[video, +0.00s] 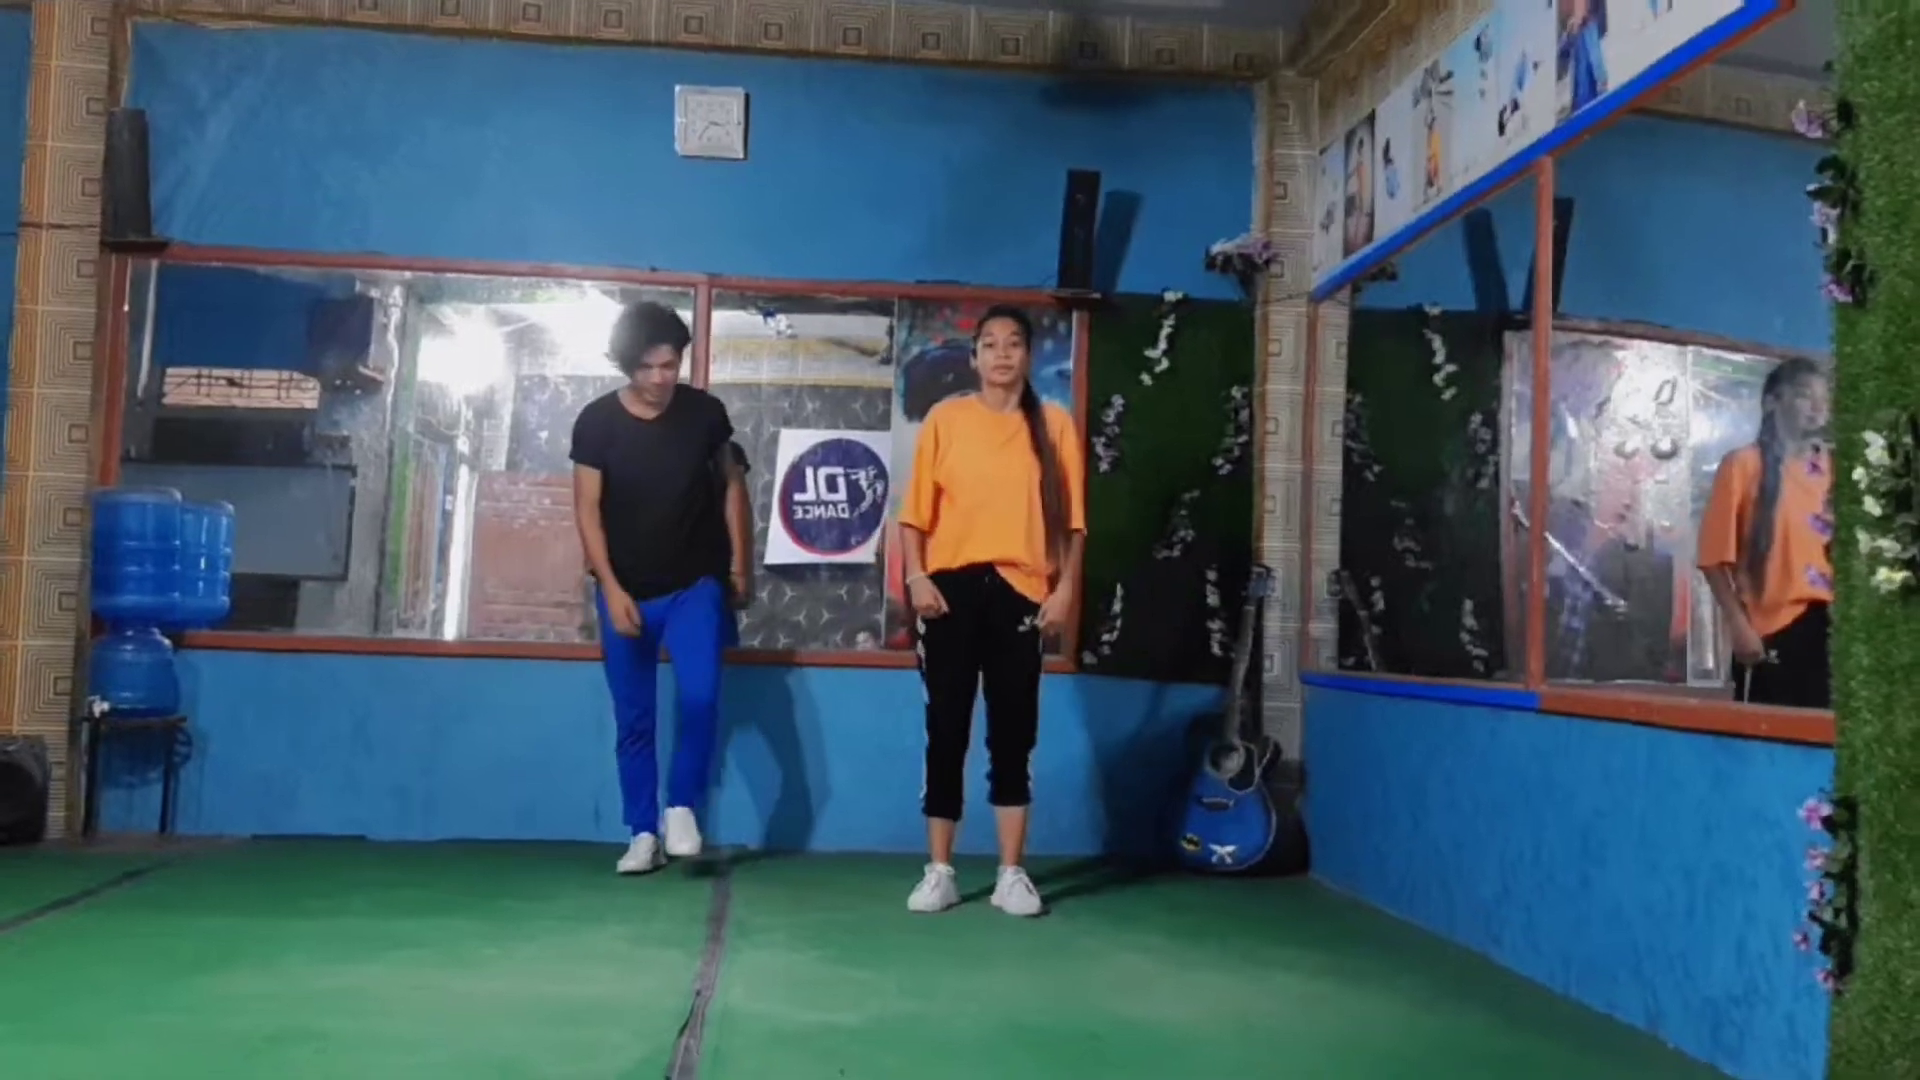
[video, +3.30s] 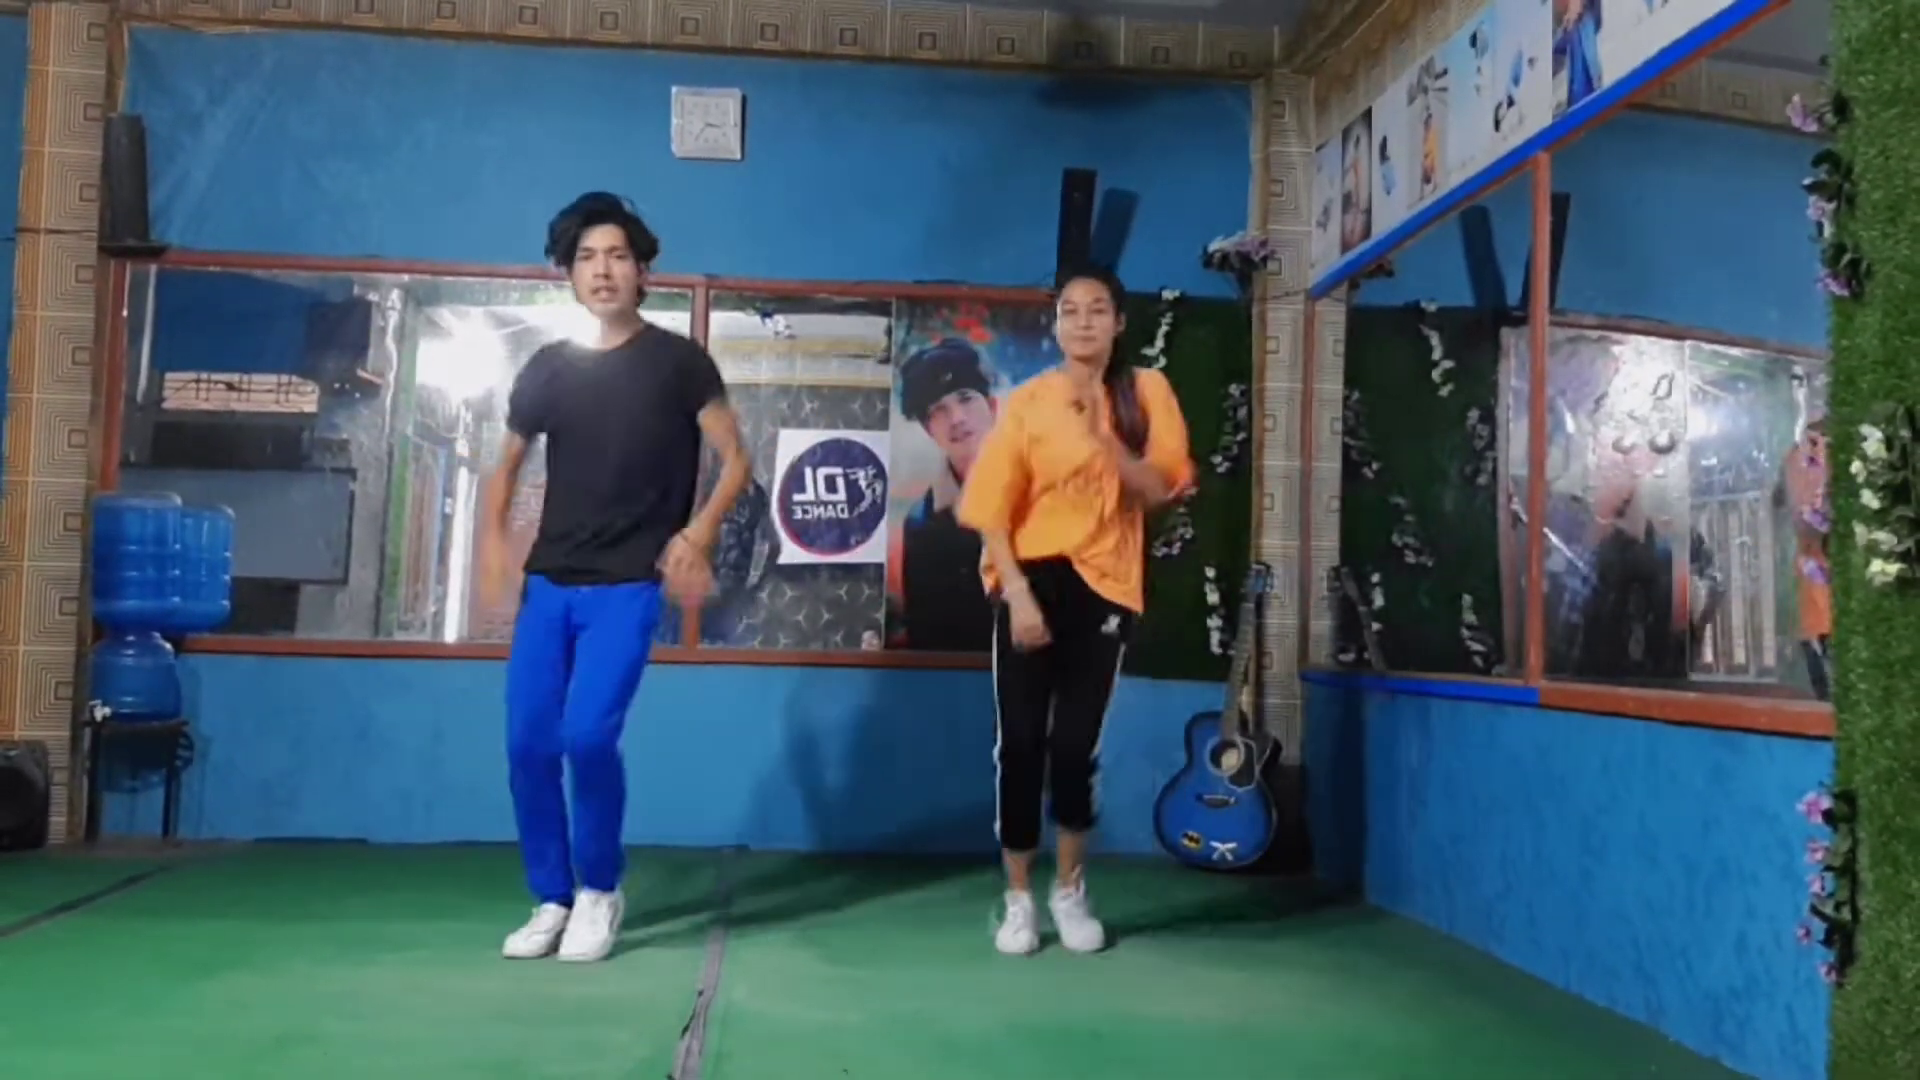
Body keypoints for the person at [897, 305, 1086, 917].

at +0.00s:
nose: (1001, 355)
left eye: (1013, 345)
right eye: (990, 345)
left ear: (1030, 356)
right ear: (974, 356)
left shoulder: (1054, 424)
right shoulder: (944, 419)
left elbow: (1073, 521)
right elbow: (913, 513)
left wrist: (1065, 588)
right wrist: (916, 576)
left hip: (1020, 590)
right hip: (950, 588)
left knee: (1013, 737)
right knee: (945, 736)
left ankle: (1011, 873)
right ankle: (939, 869)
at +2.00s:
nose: (1045, 302)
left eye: (1056, 293)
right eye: (1031, 294)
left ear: (1074, 314)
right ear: (1009, 314)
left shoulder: (1092, 403)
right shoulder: (976, 379)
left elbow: (1090, 519)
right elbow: (951, 493)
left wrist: (1071, 594)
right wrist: (980, 590)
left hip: (1057, 586)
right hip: (980, 581)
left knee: (1060, 754)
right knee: (976, 753)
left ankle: (1059, 914)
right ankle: (966, 908)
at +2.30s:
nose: (1042, 302)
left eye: (1057, 294)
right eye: (1031, 292)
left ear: (1076, 318)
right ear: (1012, 311)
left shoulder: (1100, 398)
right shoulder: (972, 383)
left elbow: (1127, 509)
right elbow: (926, 479)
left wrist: (1177, 575)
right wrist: (896, 544)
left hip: (1067, 585)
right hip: (982, 581)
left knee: (1075, 747)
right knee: (980, 749)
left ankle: (1062, 905)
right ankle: (977, 912)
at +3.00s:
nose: (1103, 360)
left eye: (1114, 346)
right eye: (1089, 349)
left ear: (1139, 352)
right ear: (1075, 360)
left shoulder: (1169, 435)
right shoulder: (1050, 417)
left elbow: (1183, 545)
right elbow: (1016, 512)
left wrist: (1256, 566)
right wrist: (964, 499)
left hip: (1125, 616)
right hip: (1044, 610)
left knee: (1144, 766)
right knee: (988, 741)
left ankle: (1156, 906)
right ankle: (979, 910)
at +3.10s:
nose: (1102, 336)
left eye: (1114, 322)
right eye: (1089, 325)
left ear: (1137, 331)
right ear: (1074, 337)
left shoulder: (1170, 410)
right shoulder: (1043, 394)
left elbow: (1233, 506)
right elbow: (969, 464)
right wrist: (962, 429)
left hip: (1123, 597)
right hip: (1040, 588)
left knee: (1145, 759)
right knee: (976, 691)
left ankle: (1155, 900)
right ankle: (1002, 846)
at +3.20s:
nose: (1096, 317)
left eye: (1109, 305)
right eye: (1083, 305)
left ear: (1131, 315)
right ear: (1068, 316)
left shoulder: (1157, 383)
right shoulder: (1032, 375)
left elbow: (1234, 448)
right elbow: (948, 416)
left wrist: (1154, 427)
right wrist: (1016, 459)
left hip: (1112, 571)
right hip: (1028, 563)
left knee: (1126, 721)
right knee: (994, 687)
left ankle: (1114, 862)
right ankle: (1011, 834)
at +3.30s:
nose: (1084, 323)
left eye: (1097, 311)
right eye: (1071, 312)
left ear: (1119, 323)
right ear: (1055, 324)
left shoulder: (1147, 391)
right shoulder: (1029, 401)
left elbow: (1165, 486)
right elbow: (989, 508)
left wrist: (1114, 447)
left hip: (1106, 582)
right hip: (1029, 578)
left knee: (1075, 746)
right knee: (1019, 743)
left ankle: (1070, 890)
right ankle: (1018, 899)